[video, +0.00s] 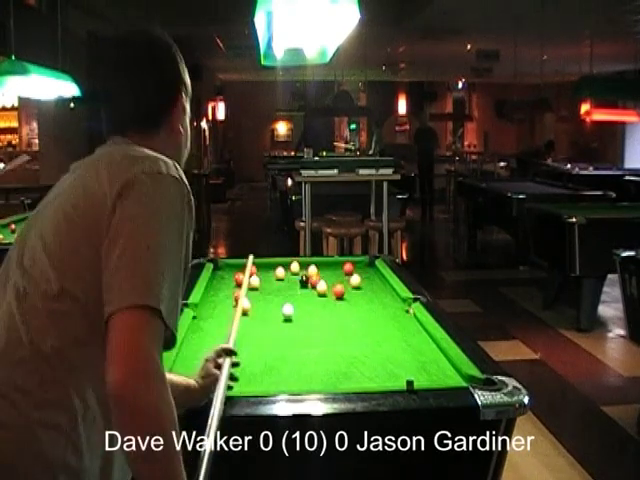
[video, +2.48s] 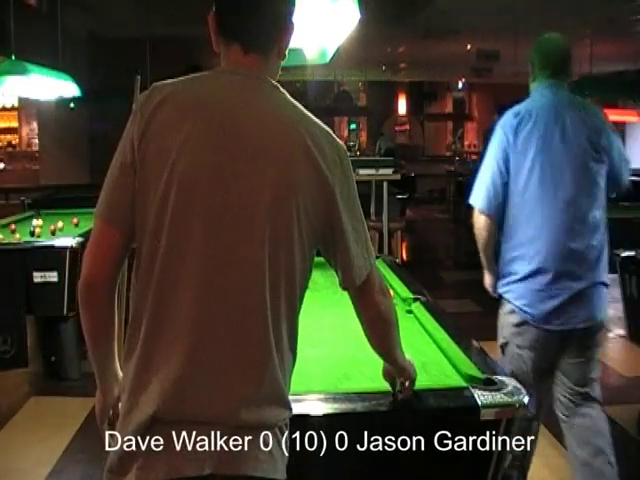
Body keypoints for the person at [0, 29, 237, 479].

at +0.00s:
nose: (193, 120)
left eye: (193, 103)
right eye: (193, 103)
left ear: (106, 106)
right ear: (180, 105)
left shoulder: (81, 180)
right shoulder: (151, 178)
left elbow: (73, 368)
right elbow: (131, 377)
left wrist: (196, 389)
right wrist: (172, 475)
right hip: (56, 464)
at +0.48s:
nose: (145, 42)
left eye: (142, 23)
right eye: (143, 21)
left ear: (60, 30)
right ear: (129, 20)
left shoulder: (22, 125)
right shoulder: (116, 130)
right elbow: (135, 358)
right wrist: (164, 467)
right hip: (75, 453)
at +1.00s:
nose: (113, 28)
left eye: (113, 12)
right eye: (112, 11)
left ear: (29, 21)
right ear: (94, 12)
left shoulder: (10, 109)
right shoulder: (95, 120)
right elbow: (142, 352)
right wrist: (197, 467)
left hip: (13, 448)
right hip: (91, 455)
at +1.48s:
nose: (163, 34)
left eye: (162, 20)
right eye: (163, 18)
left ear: (80, 22)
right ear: (152, 17)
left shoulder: (21, 128)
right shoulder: (167, 122)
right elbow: (206, 325)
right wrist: (255, 457)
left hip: (28, 446)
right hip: (140, 448)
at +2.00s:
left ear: (179, 20)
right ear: (255, 28)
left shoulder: (121, 115)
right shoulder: (290, 134)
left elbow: (66, 293)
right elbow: (343, 286)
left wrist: (94, 391)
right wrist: (377, 366)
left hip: (124, 424)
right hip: (235, 427)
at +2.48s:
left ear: (212, 26)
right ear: (286, 39)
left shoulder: (156, 109)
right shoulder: (319, 145)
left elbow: (95, 275)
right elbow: (367, 288)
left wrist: (106, 384)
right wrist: (394, 358)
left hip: (150, 416)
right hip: (257, 420)